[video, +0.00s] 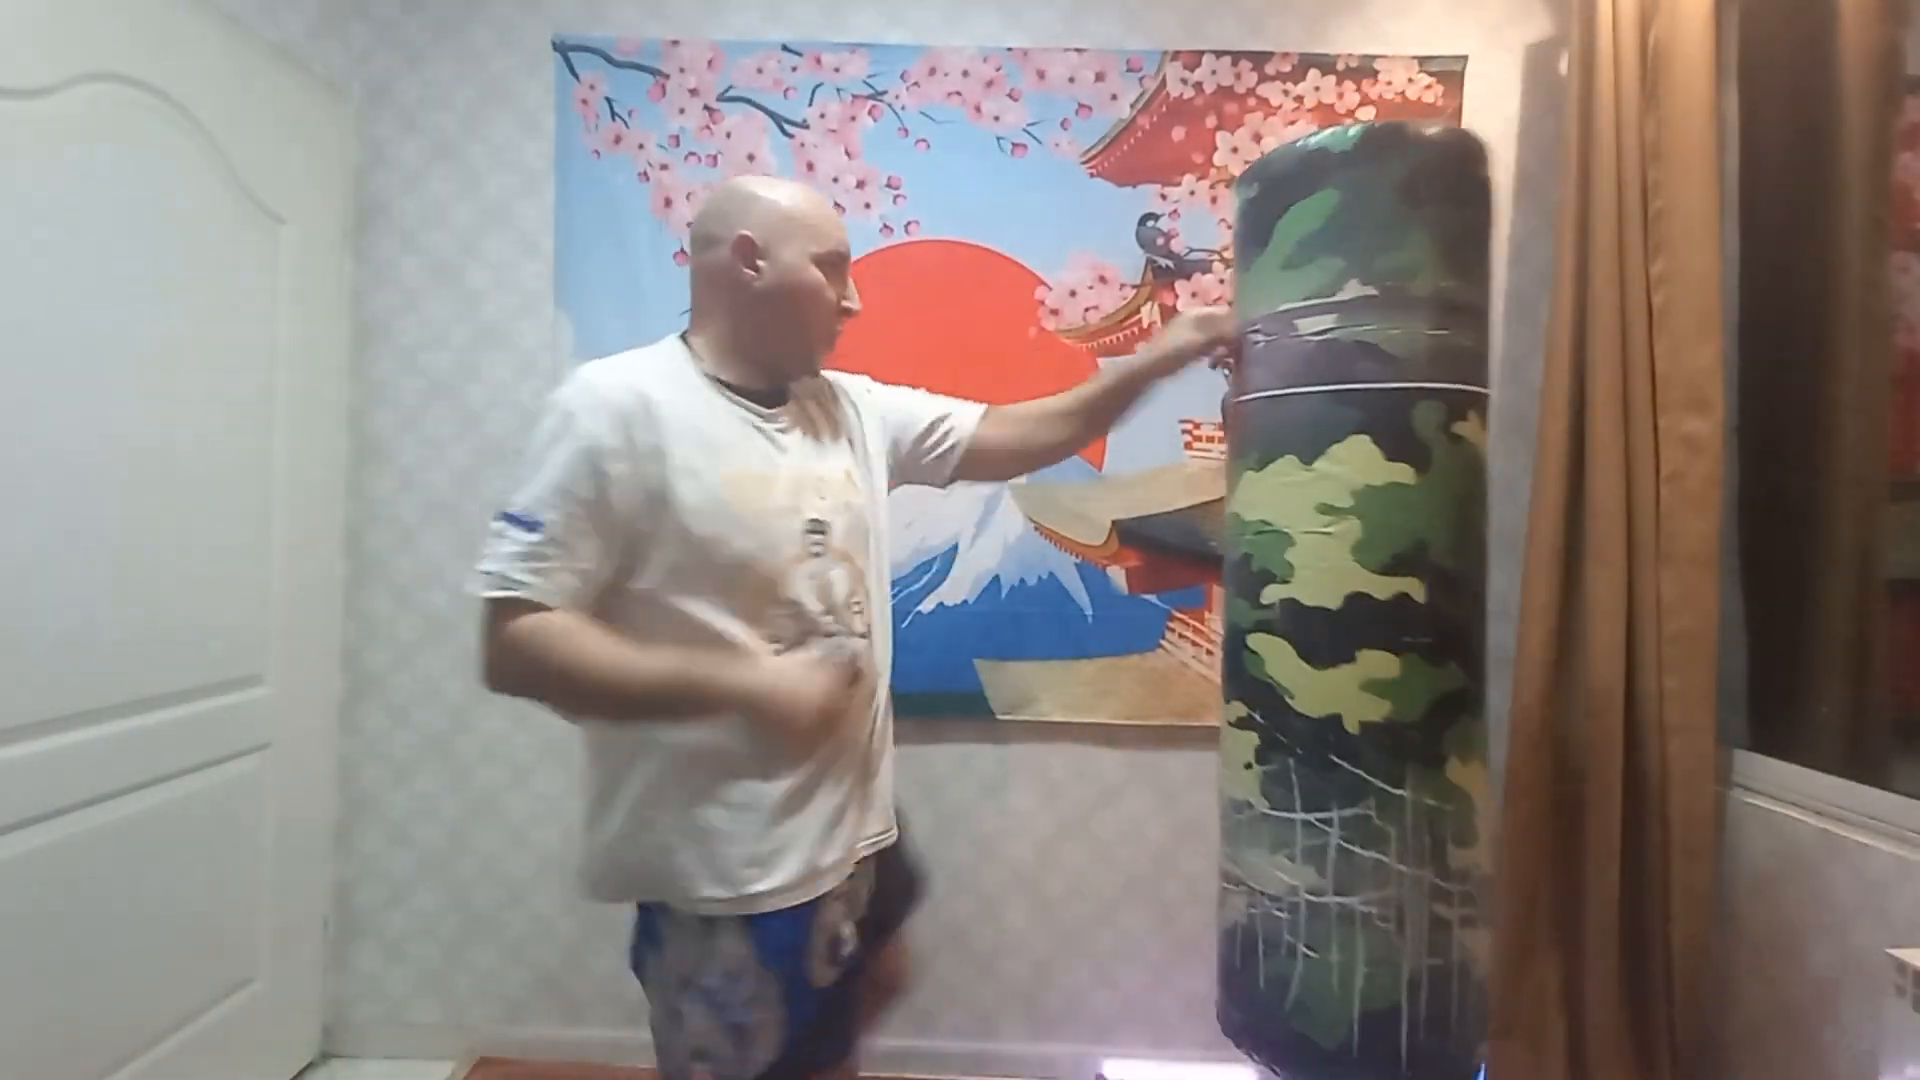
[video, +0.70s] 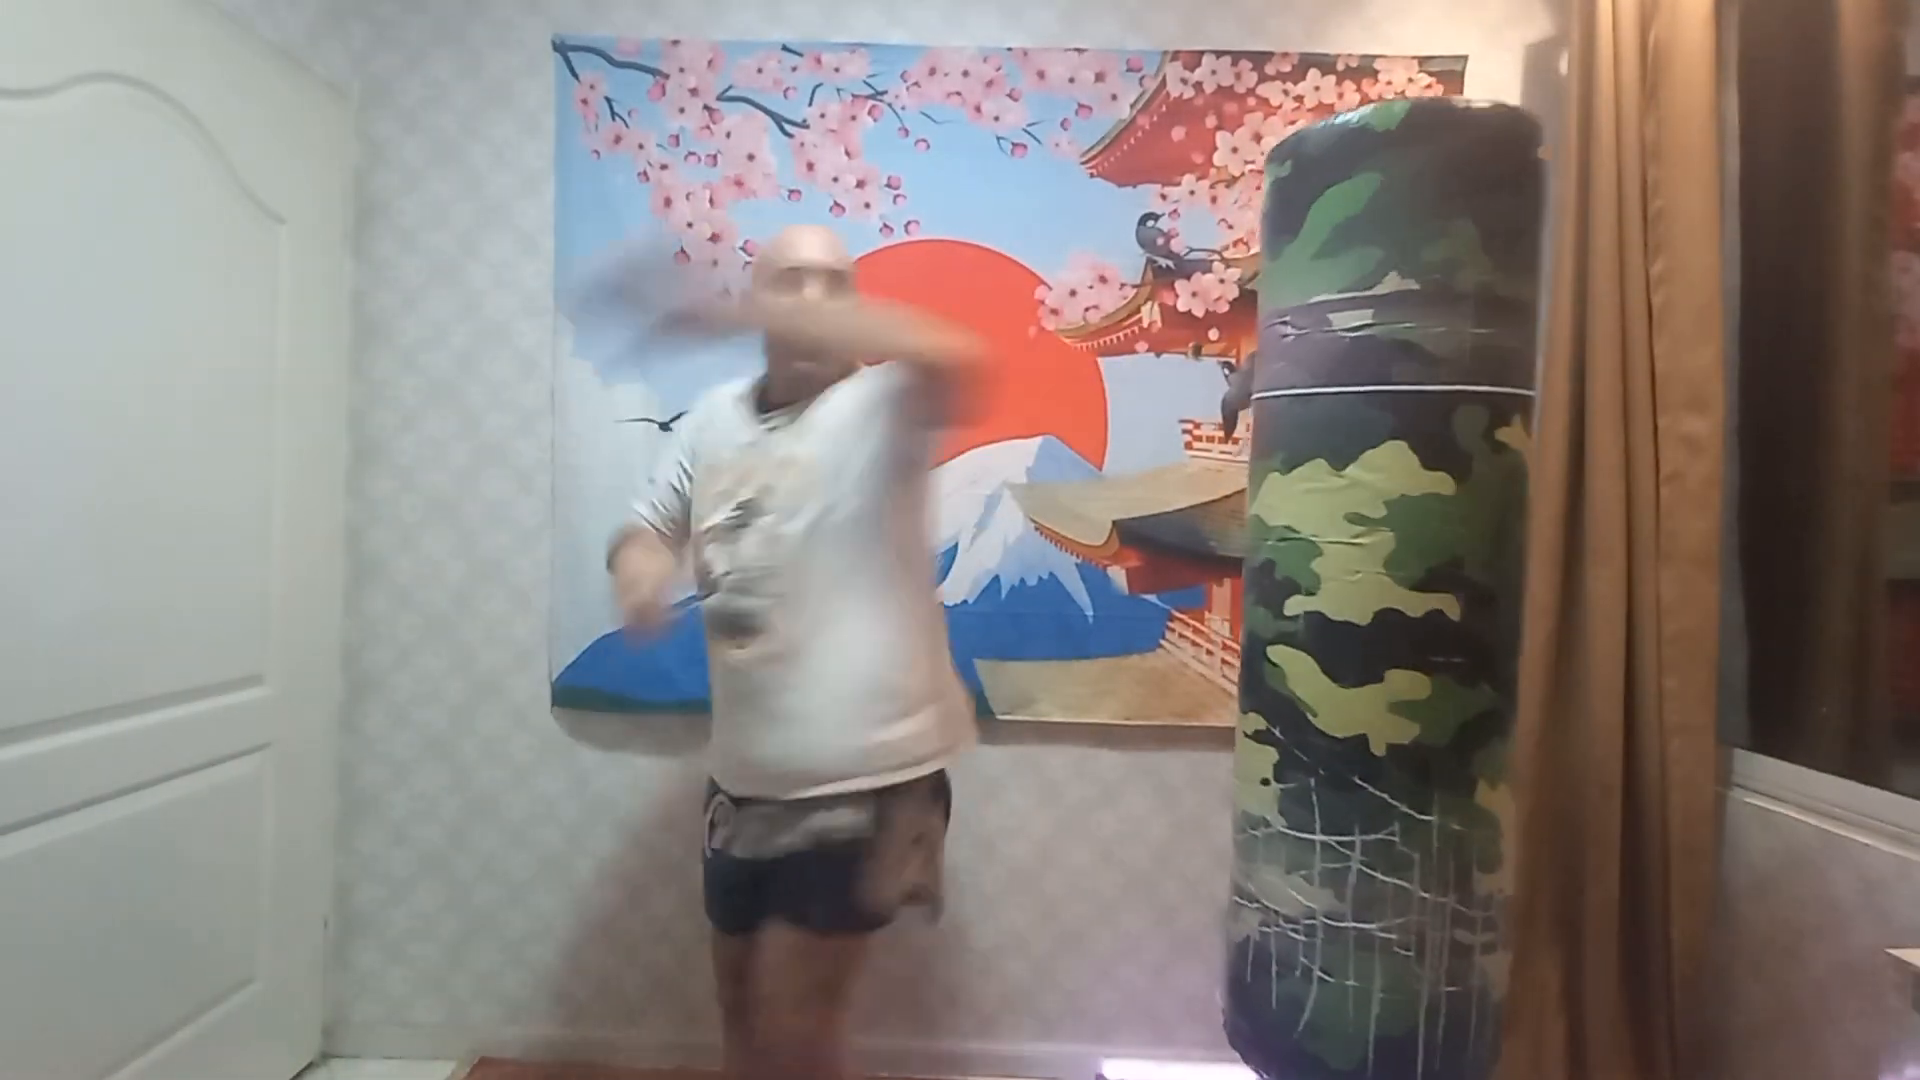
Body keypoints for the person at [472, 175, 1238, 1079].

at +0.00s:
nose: (854, 295)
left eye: (848, 268)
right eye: (831, 268)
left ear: (757, 264)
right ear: (747, 265)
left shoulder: (854, 410)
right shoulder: (611, 409)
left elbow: (1019, 434)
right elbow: (516, 642)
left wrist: (1162, 356)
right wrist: (747, 680)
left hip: (858, 853)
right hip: (724, 893)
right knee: (732, 1065)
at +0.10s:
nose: (862, 307)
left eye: (859, 281)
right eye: (844, 277)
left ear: (770, 277)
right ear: (767, 273)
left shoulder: (794, 410)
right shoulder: (685, 394)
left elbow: (915, 492)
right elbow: (652, 624)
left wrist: (1016, 407)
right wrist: (882, 547)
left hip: (823, 855)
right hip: (749, 877)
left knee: (831, 1059)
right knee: (766, 1066)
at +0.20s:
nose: (861, 316)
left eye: (859, 289)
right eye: (848, 286)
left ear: (763, 285)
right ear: (780, 281)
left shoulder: (669, 389)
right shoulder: (782, 391)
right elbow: (963, 496)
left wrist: (933, 449)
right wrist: (1089, 399)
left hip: (646, 831)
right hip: (771, 856)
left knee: (684, 1046)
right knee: (813, 1062)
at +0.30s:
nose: (843, 325)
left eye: (841, 301)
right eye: (837, 300)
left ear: (718, 292)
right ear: (791, 295)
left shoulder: (618, 402)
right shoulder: (850, 398)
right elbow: (1058, 443)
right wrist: (1155, 368)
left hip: (610, 810)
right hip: (779, 812)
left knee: (637, 1051)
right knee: (813, 1058)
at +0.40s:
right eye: (808, 292)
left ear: (704, 298)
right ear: (812, 303)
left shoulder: (613, 406)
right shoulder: (885, 411)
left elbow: (591, 524)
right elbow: (994, 486)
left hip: (639, 808)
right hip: (809, 805)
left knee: (638, 1058)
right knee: (784, 1038)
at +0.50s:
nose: (674, 312)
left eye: (686, 293)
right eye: (678, 291)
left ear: (740, 295)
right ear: (782, 298)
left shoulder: (683, 395)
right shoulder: (876, 411)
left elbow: (549, 494)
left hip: (696, 803)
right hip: (841, 792)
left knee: (654, 1044)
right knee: (768, 1011)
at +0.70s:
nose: (808, 300)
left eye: (830, 284)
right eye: (788, 282)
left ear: (856, 301)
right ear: (753, 300)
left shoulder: (886, 405)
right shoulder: (714, 422)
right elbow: (648, 528)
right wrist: (643, 575)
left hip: (865, 779)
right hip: (749, 780)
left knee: (793, 1038)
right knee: (747, 1037)